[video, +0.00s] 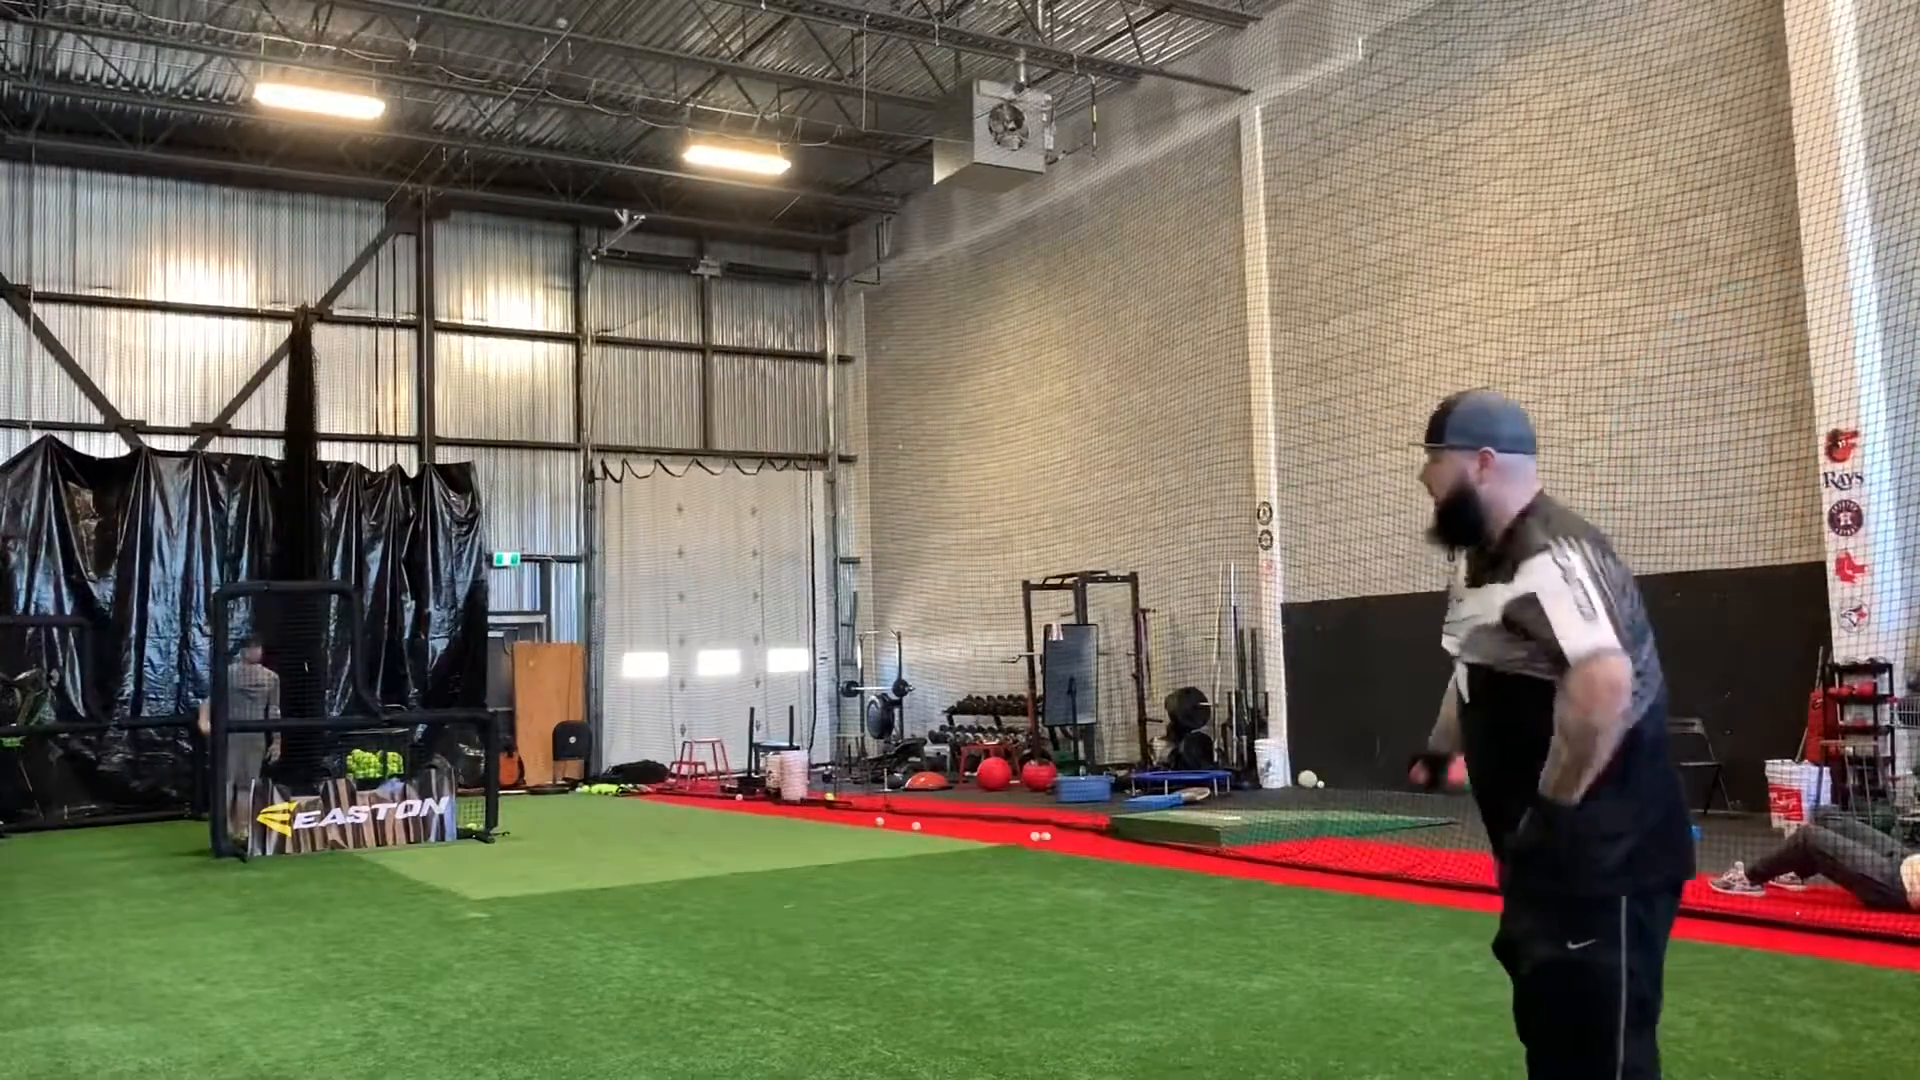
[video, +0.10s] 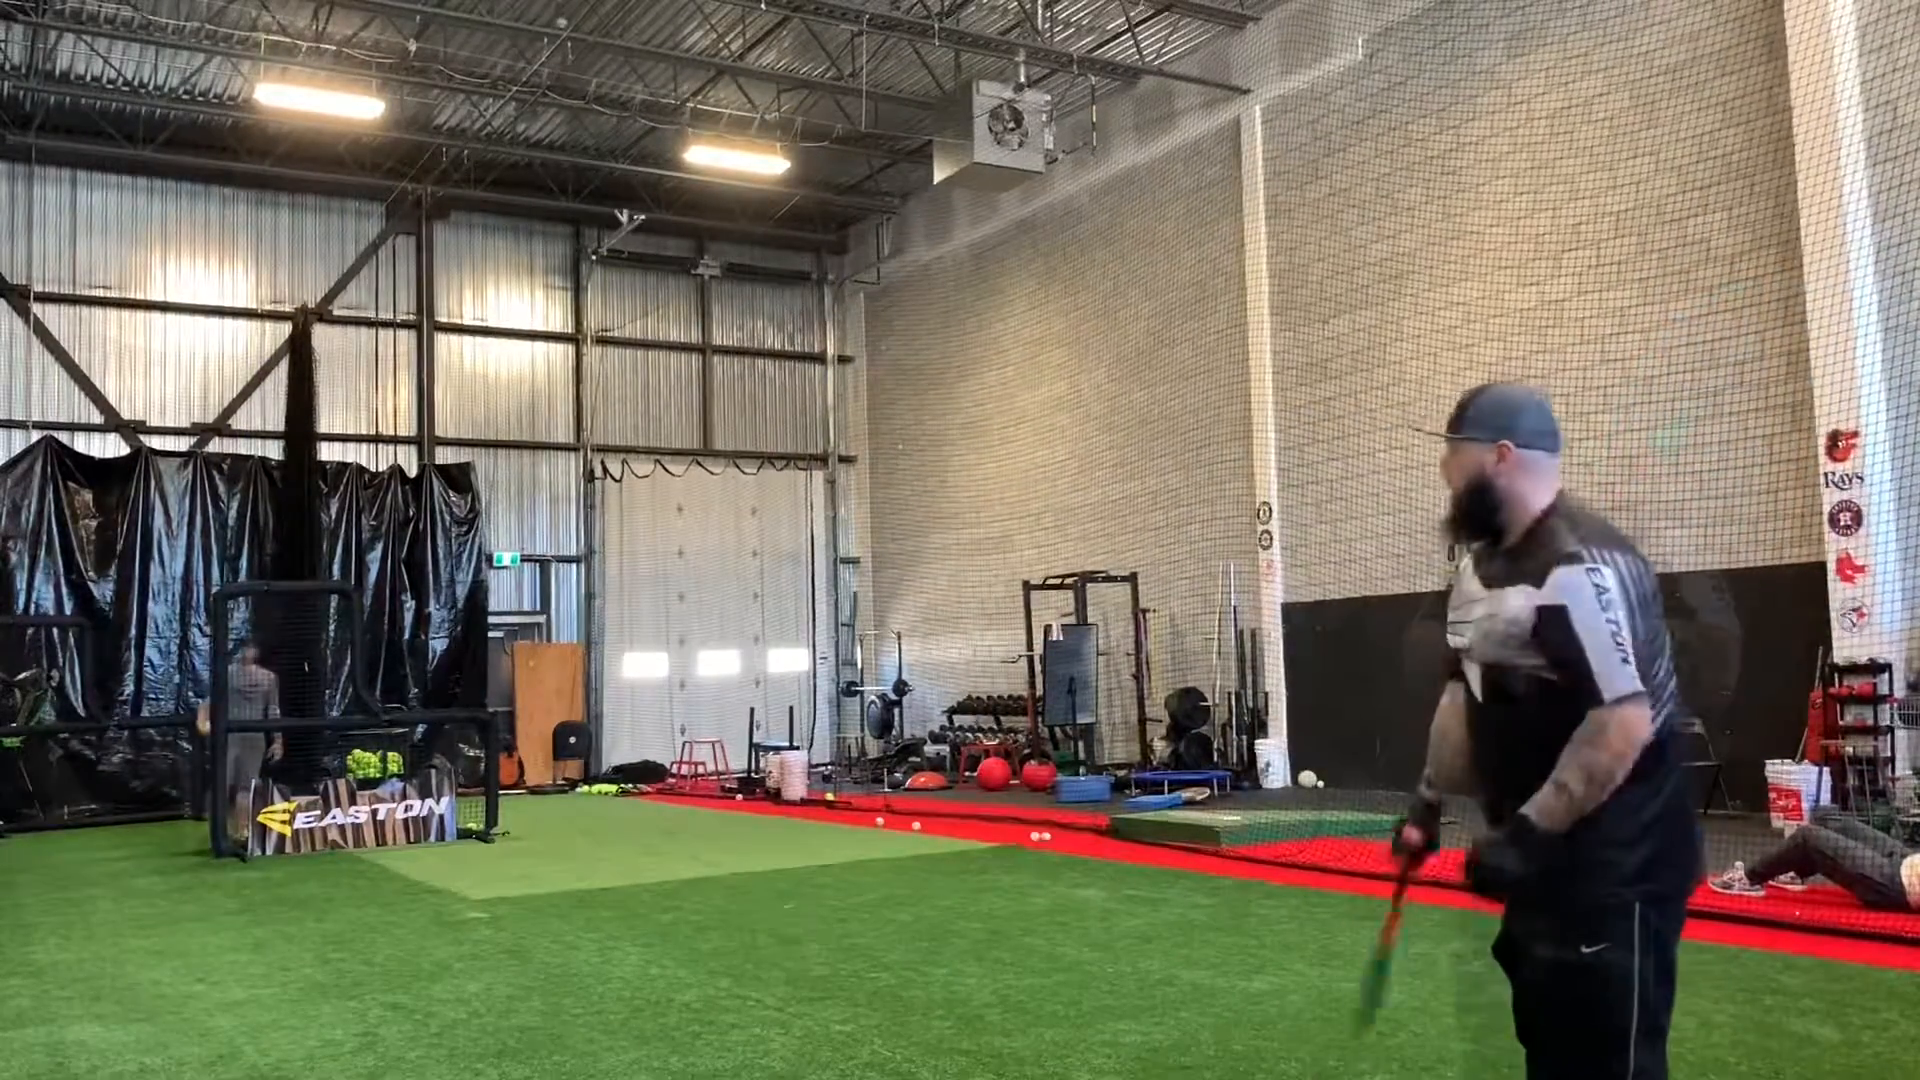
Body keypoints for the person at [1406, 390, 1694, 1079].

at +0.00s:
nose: (1425, 479)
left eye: (1436, 461)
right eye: (1428, 462)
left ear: (1484, 462)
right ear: (1482, 465)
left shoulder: (1550, 550)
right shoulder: (1487, 554)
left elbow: (1604, 682)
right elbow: (1473, 667)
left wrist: (1554, 802)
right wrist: (1440, 748)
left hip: (1603, 865)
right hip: (1555, 858)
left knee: (1601, 1058)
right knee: (1560, 1050)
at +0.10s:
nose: (1444, 472)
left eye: (1455, 452)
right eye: (1446, 454)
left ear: (1503, 456)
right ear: (1501, 457)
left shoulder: (1583, 562)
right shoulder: (1486, 559)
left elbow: (1625, 720)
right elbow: (1462, 689)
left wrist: (1526, 832)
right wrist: (1428, 804)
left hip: (1615, 868)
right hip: (1549, 861)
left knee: (1609, 1059)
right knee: (1554, 1054)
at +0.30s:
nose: (1468, 463)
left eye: (1479, 442)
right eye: (1469, 446)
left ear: (1531, 441)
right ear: (1526, 445)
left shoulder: (1648, 542)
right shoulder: (1486, 552)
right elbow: (1418, 650)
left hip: (1622, 874)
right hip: (1522, 867)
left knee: (1613, 1059)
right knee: (1535, 1056)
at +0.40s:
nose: (1466, 464)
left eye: (1476, 443)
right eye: (1467, 447)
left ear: (1528, 441)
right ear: (1523, 445)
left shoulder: (1651, 540)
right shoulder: (1479, 553)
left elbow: (1697, 677)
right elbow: (1430, 680)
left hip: (1615, 883)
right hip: (1505, 872)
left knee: (1610, 1057)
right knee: (1501, 1052)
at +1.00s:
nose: (1411, 475)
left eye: (1425, 458)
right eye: (1416, 458)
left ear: (1476, 465)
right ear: (1473, 467)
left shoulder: (1602, 567)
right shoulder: (1415, 566)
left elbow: (1667, 713)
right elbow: (1382, 682)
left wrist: (1575, 642)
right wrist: (1475, 653)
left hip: (1570, 901)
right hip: (1450, 890)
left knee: (1579, 1064)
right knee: (1440, 1050)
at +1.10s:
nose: (1394, 490)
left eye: (1406, 473)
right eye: (1399, 474)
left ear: (1456, 482)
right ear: (1454, 483)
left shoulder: (1590, 583)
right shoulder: (1398, 580)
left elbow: (1663, 722)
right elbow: (1381, 699)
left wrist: (1580, 678)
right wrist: (1478, 689)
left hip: (1558, 874)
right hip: (1431, 859)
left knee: (1583, 1062)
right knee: (1362, 998)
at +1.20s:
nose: (1372, 506)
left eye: (1383, 489)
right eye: (1375, 490)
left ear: (1431, 503)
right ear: (1428, 505)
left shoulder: (1566, 599)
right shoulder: (1373, 599)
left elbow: (1648, 733)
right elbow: (1369, 717)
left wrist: (1572, 708)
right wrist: (1465, 725)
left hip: (1532, 864)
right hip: (1406, 847)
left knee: (1558, 1058)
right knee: (1303, 946)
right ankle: (1343, 1070)